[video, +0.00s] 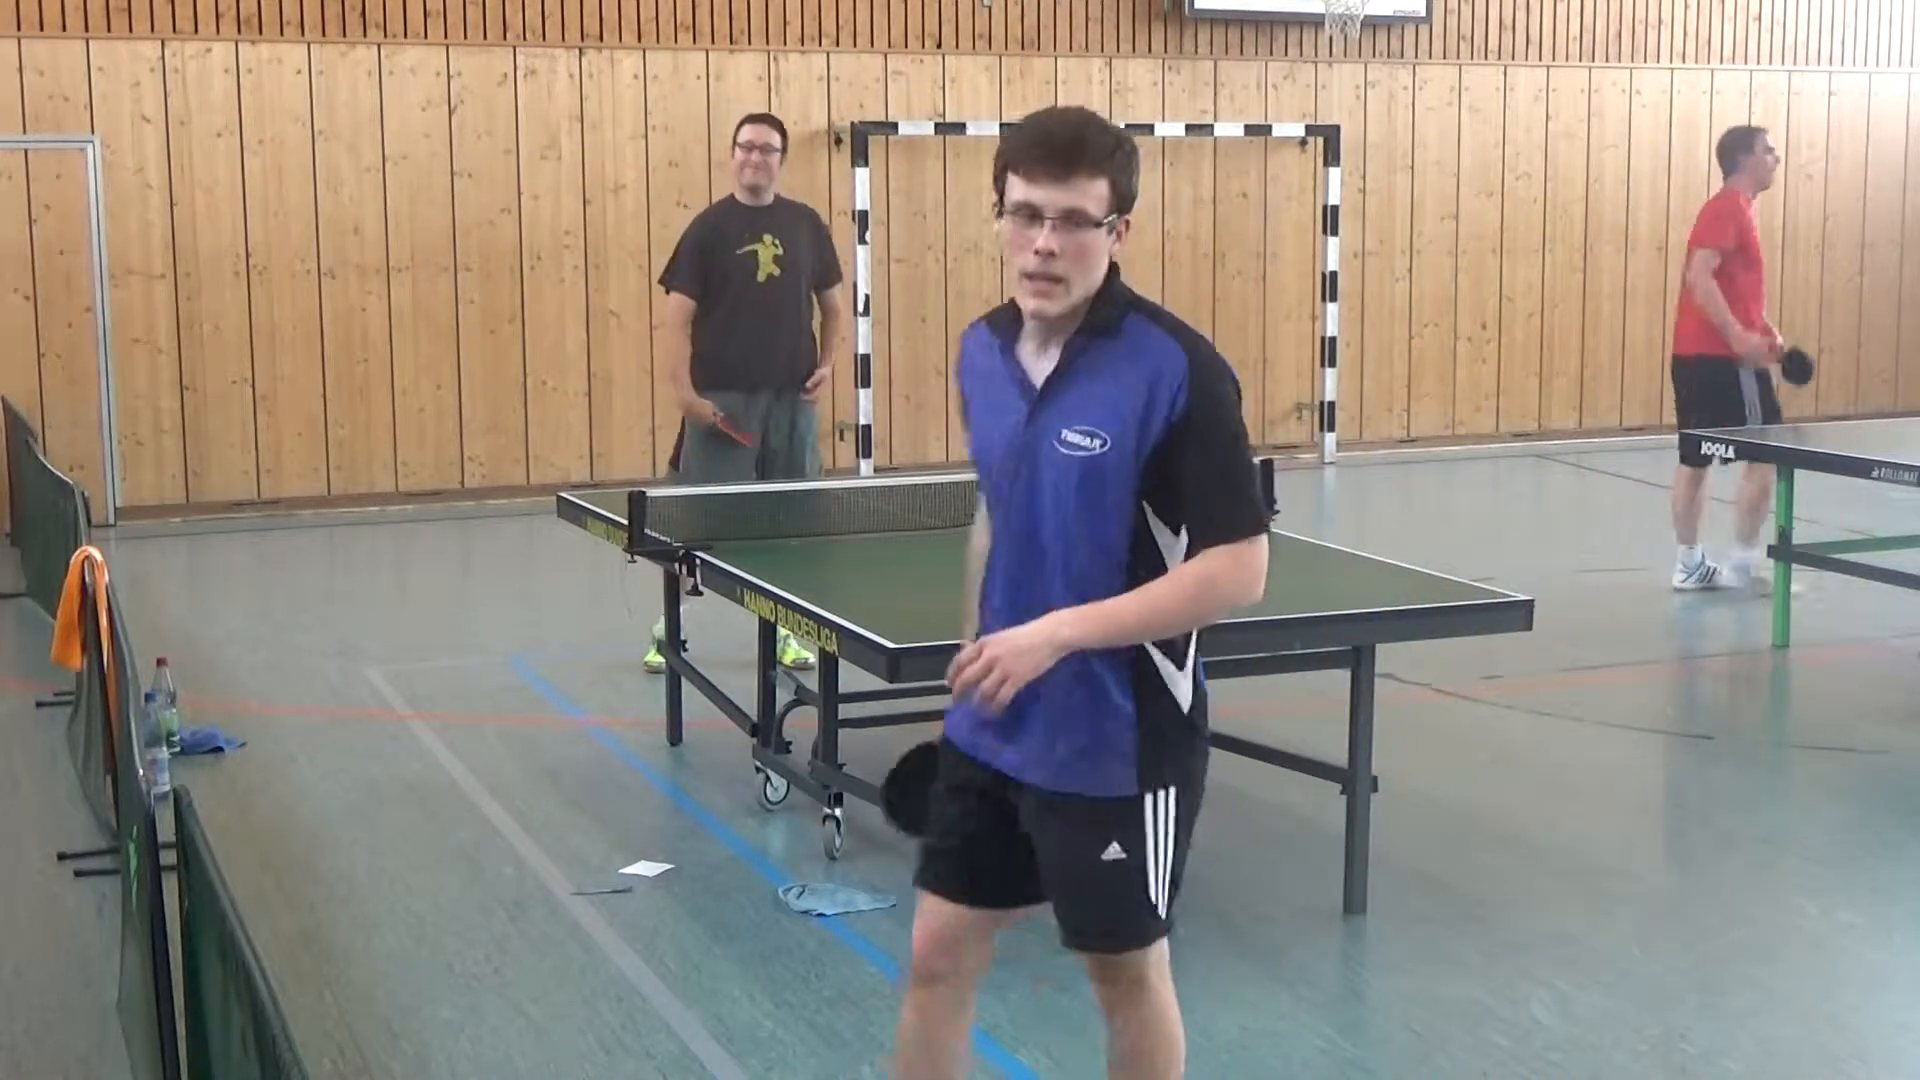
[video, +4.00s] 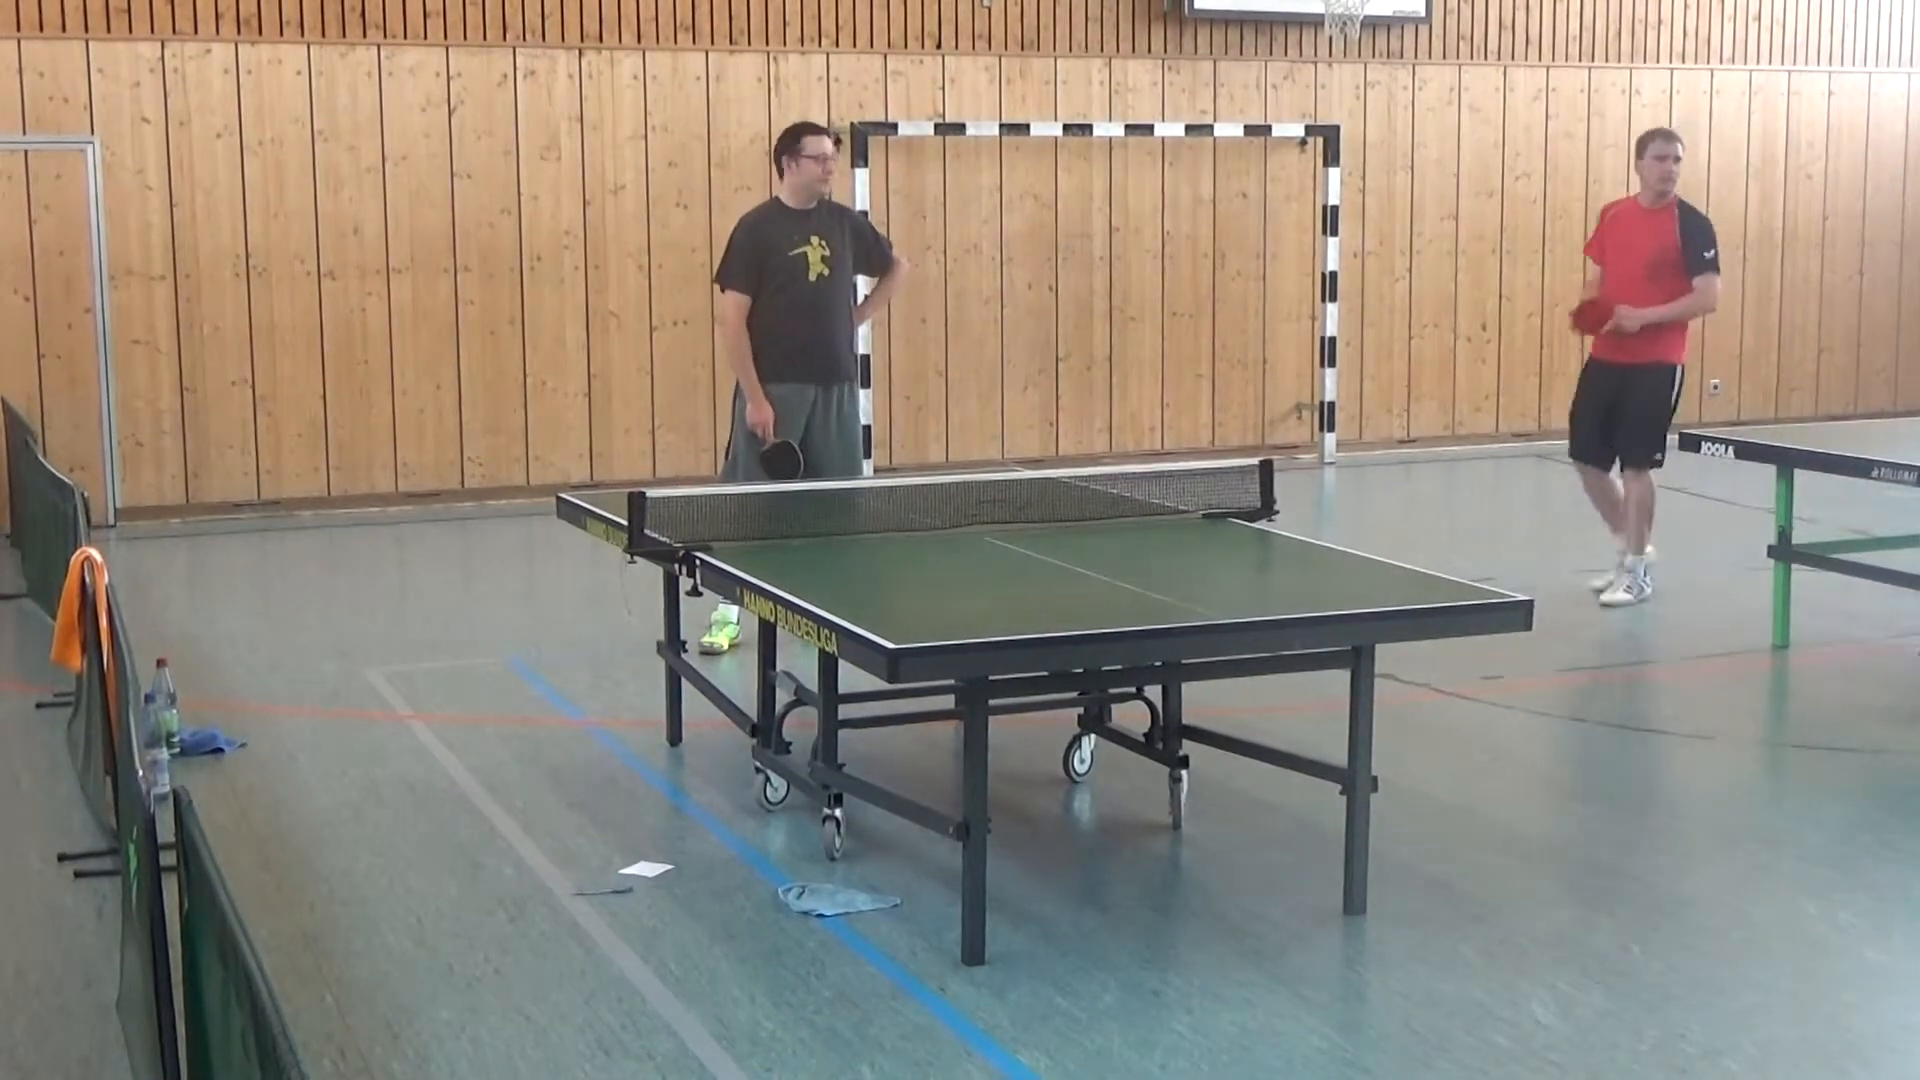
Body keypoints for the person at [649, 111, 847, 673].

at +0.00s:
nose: (757, 157)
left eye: (768, 150)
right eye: (748, 148)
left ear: (782, 159)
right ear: (732, 155)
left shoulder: (806, 223)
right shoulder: (708, 228)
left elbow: (834, 304)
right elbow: (675, 317)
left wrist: (829, 363)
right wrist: (685, 394)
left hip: (794, 401)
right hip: (722, 400)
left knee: (797, 525)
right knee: (695, 521)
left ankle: (790, 631)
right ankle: (670, 627)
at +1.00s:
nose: (800, 172)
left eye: (808, 165)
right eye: (791, 161)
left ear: (812, 173)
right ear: (762, 162)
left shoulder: (819, 235)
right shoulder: (719, 226)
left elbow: (841, 319)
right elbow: (678, 309)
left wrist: (825, 367)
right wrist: (709, 355)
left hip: (792, 397)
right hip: (720, 394)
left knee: (796, 511)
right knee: (705, 504)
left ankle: (791, 614)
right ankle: (707, 598)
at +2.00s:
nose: (736, 157)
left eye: (736, 149)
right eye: (724, 151)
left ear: (732, 157)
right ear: (692, 162)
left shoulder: (764, 210)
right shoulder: (668, 234)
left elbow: (800, 287)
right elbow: (641, 326)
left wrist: (822, 357)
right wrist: (635, 412)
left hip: (778, 383)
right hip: (709, 392)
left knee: (791, 501)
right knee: (709, 506)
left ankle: (801, 605)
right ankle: (721, 604)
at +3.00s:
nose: (843, 167)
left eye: (843, 158)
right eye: (833, 158)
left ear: (830, 166)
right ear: (801, 164)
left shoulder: (850, 222)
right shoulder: (759, 226)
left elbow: (905, 258)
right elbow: (739, 316)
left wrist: (870, 302)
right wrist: (769, 392)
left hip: (837, 389)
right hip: (771, 391)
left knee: (847, 508)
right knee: (751, 506)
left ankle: (845, 614)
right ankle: (728, 608)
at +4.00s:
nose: (829, 167)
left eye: (831, 159)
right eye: (817, 159)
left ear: (834, 165)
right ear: (787, 164)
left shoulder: (846, 223)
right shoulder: (754, 228)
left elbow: (896, 268)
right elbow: (731, 319)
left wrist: (857, 317)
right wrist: (754, 397)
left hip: (837, 391)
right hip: (771, 392)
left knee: (843, 509)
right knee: (746, 505)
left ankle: (843, 614)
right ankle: (728, 609)